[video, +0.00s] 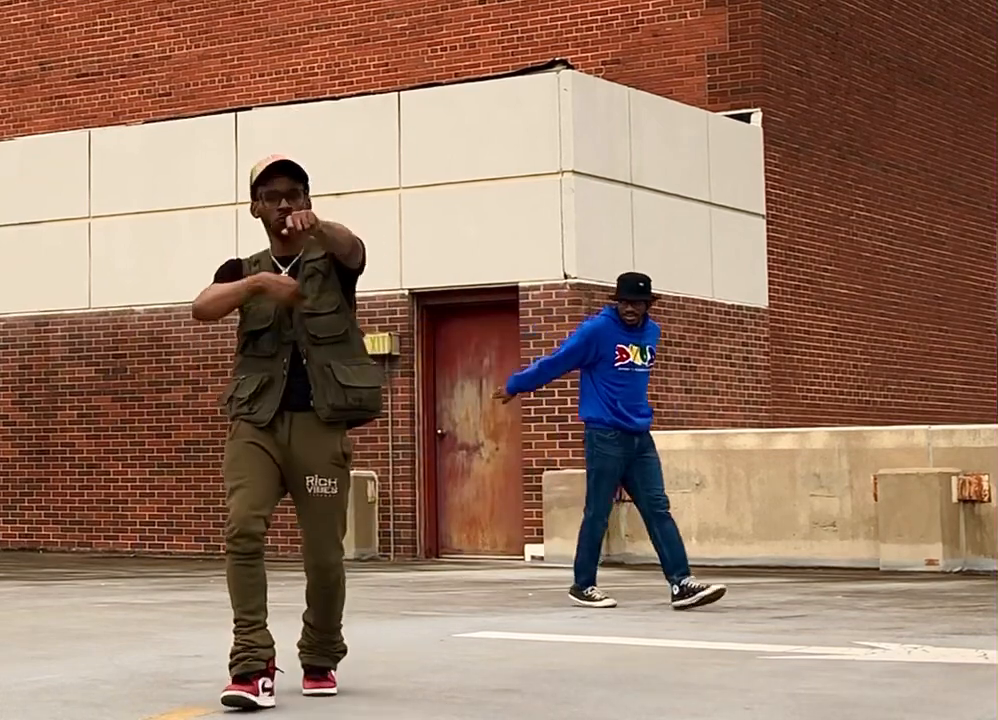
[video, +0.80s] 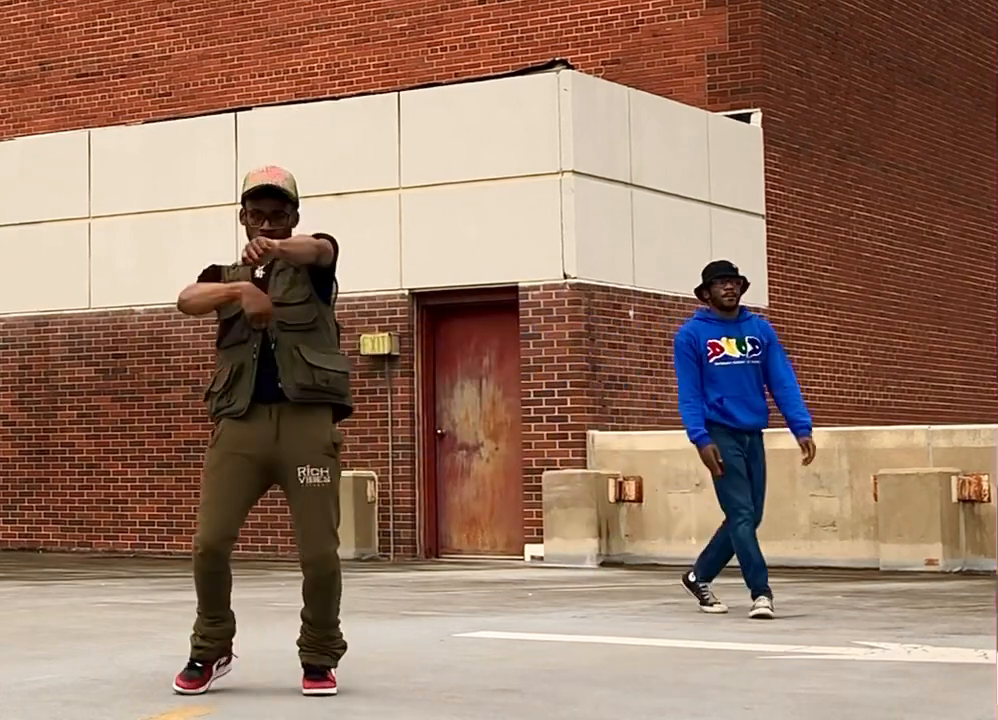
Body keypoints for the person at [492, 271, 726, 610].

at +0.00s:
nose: (632, 310)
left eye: (638, 304)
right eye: (626, 303)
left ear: (648, 303)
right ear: (616, 301)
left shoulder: (652, 331)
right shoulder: (597, 330)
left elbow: (631, 374)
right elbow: (556, 361)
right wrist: (515, 384)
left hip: (639, 436)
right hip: (605, 435)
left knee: (657, 507)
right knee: (597, 512)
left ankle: (681, 584)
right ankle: (583, 586)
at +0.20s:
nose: (660, 306)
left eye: (668, 300)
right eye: (655, 299)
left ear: (680, 301)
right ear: (647, 298)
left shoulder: (687, 332)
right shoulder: (629, 328)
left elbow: (671, 377)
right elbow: (593, 368)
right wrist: (556, 399)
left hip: (679, 435)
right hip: (645, 436)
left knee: (689, 513)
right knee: (649, 511)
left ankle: (685, 590)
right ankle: (602, 568)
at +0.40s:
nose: (679, 295)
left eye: (686, 289)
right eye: (673, 289)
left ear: (699, 291)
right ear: (665, 292)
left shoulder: (713, 327)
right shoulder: (649, 324)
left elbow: (705, 374)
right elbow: (612, 364)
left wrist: (695, 408)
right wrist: (577, 394)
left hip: (702, 425)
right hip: (667, 424)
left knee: (704, 509)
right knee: (690, 501)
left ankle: (686, 589)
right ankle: (658, 565)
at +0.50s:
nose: (692, 292)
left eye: (698, 285)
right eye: (685, 286)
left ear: (710, 288)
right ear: (677, 291)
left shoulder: (726, 327)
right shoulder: (660, 324)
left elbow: (729, 376)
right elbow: (625, 368)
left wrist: (726, 410)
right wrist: (591, 402)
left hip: (714, 425)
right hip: (679, 424)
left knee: (705, 505)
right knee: (705, 500)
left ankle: (687, 589)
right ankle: (695, 587)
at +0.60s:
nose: (704, 290)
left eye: (710, 284)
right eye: (697, 285)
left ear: (721, 289)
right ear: (686, 291)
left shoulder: (737, 329)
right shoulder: (668, 330)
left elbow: (747, 381)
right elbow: (639, 378)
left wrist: (758, 423)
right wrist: (612, 421)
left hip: (725, 429)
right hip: (690, 427)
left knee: (708, 509)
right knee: (714, 505)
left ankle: (685, 590)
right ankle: (738, 591)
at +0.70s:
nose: (718, 290)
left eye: (723, 285)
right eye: (711, 285)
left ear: (733, 291)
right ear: (698, 293)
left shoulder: (751, 334)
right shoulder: (681, 335)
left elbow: (771, 391)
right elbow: (665, 391)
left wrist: (794, 443)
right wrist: (660, 444)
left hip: (740, 433)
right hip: (705, 432)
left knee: (724, 512)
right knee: (731, 510)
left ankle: (688, 586)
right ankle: (757, 592)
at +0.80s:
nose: (729, 287)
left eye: (733, 282)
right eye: (721, 283)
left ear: (741, 288)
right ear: (707, 291)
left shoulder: (760, 328)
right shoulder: (691, 334)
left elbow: (783, 379)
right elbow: (688, 394)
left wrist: (801, 427)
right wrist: (701, 440)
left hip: (753, 431)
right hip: (718, 431)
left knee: (750, 514)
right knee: (741, 513)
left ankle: (699, 576)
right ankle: (760, 593)